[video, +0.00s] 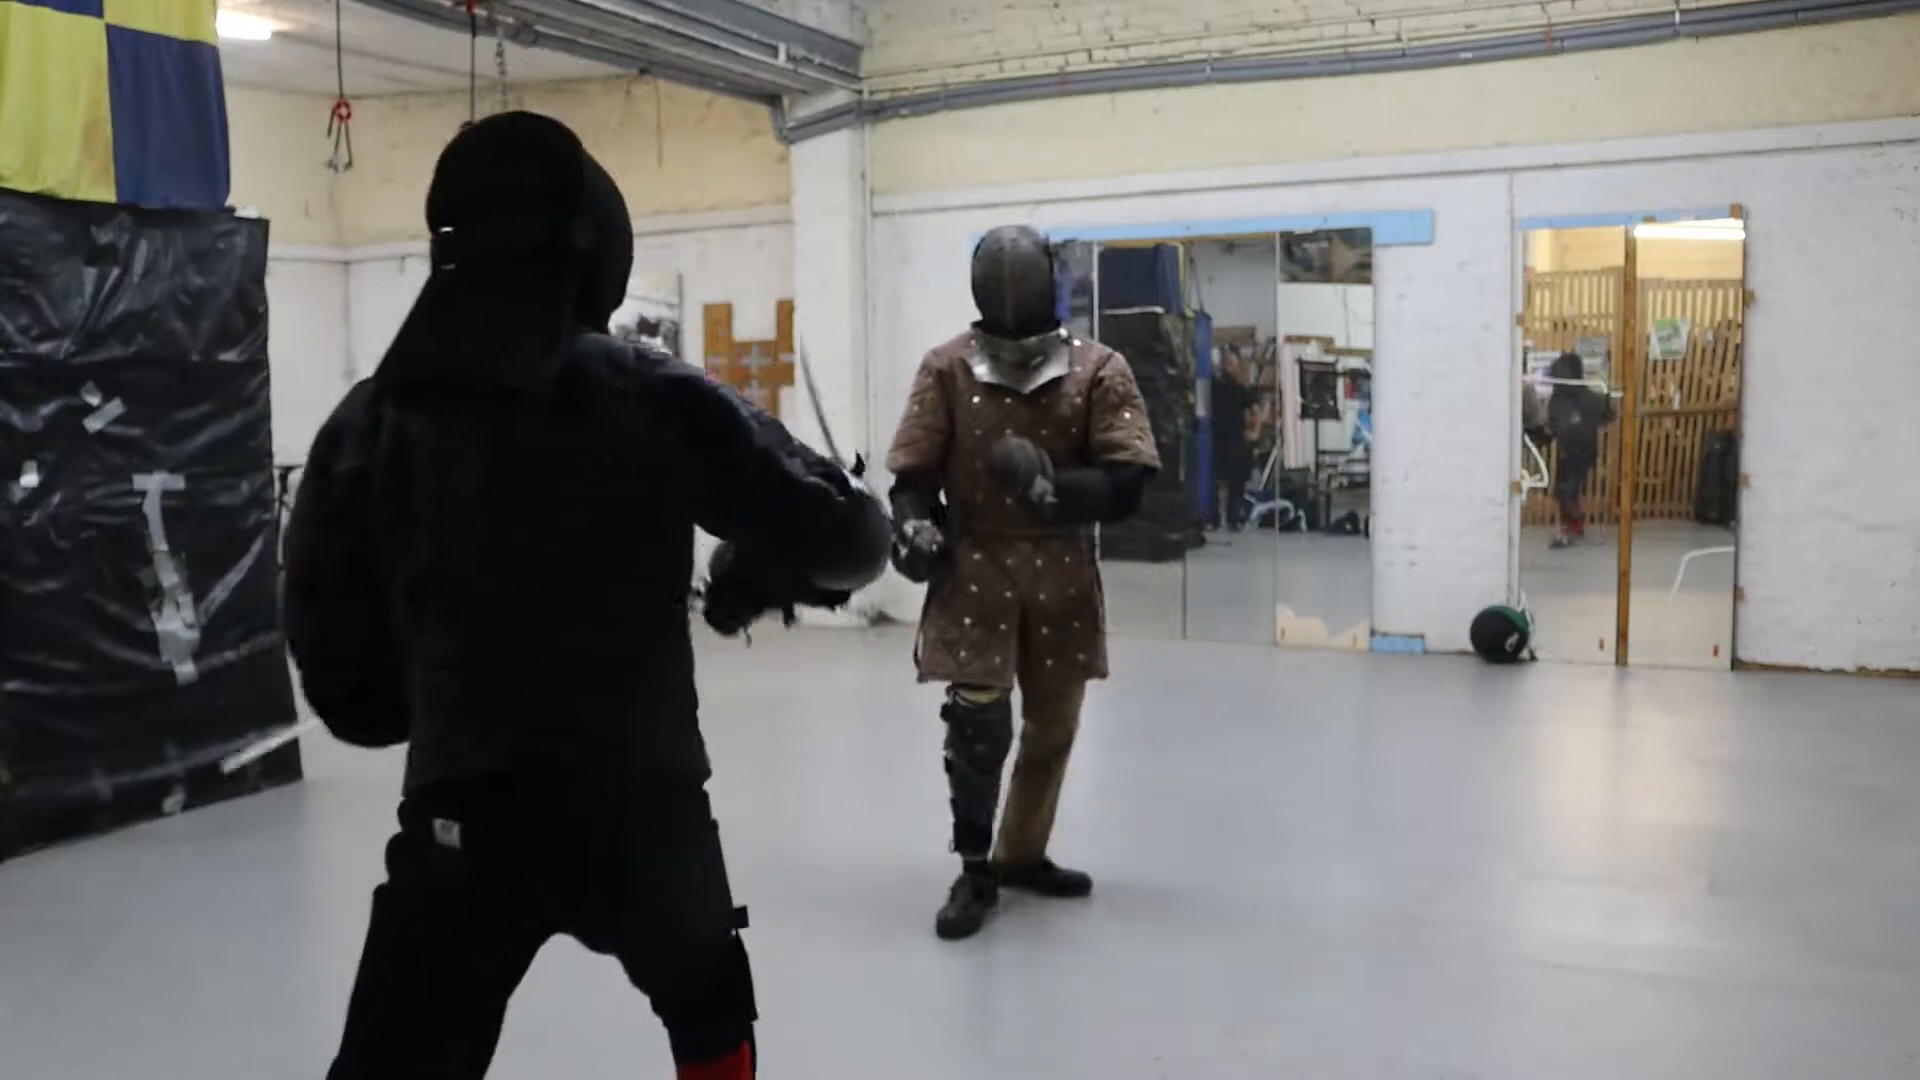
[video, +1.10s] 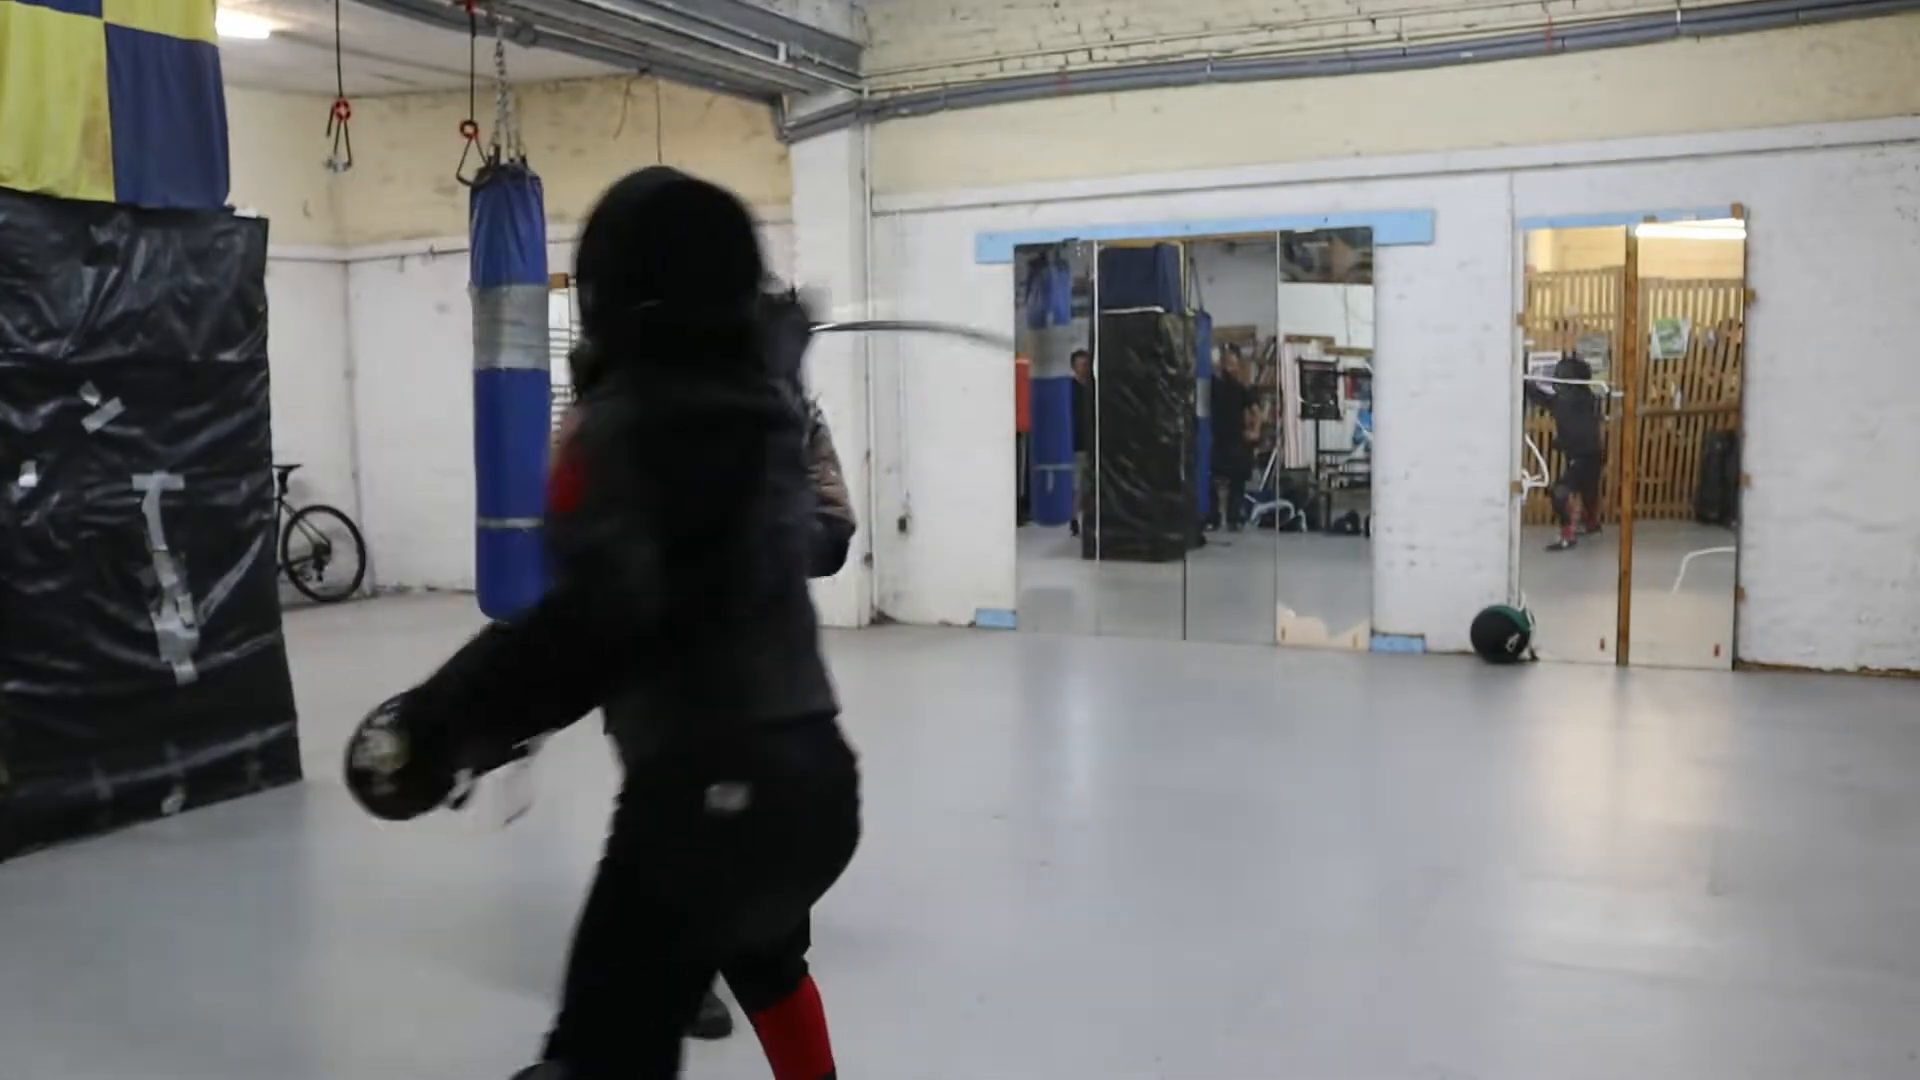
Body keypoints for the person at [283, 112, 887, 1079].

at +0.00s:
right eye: (606, 229)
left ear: (449, 251)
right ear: (594, 248)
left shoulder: (369, 425)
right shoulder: (655, 399)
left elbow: (351, 694)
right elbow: (846, 535)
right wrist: (747, 577)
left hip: (463, 833)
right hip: (644, 823)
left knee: (388, 1065)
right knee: (712, 1022)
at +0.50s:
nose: (570, 277)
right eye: (558, 247)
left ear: (389, 252)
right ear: (533, 254)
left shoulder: (311, 434)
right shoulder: (595, 396)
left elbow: (289, 683)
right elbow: (821, 473)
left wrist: (400, 717)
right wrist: (738, 505)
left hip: (415, 862)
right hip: (601, 850)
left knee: (382, 1072)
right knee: (690, 1049)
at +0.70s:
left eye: (374, 260)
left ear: (384, 274)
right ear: (533, 250)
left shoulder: (358, 440)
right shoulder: (611, 366)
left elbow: (359, 572)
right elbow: (751, 206)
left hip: (477, 845)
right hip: (643, 824)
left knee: (423, 1068)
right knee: (706, 991)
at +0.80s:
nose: (582, 299)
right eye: (573, 279)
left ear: (411, 304)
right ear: (564, 288)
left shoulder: (374, 479)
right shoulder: (629, 403)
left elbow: (354, 532)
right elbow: (792, 245)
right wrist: (767, 98)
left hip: (521, 865)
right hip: (681, 835)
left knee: (457, 1070)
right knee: (730, 977)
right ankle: (771, 1058)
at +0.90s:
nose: (626, 300)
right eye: (613, 279)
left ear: (453, 321)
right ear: (596, 300)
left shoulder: (419, 490)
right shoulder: (671, 422)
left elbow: (341, 628)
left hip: (562, 866)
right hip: (717, 840)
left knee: (486, 1069)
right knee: (770, 949)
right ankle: (812, 1070)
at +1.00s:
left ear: (520, 320)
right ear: (658, 299)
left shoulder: (491, 487)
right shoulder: (729, 420)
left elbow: (390, 709)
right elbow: (838, 377)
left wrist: (440, 595)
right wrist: (862, 259)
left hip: (617, 844)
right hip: (760, 806)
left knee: (521, 1067)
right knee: (780, 977)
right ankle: (811, 1069)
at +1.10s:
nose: (585, 295)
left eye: (595, 273)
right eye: (591, 273)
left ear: (620, 287)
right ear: (733, 280)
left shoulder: (632, 424)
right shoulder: (763, 402)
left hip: (702, 794)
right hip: (807, 772)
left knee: (605, 1052)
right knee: (767, 965)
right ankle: (813, 1071)